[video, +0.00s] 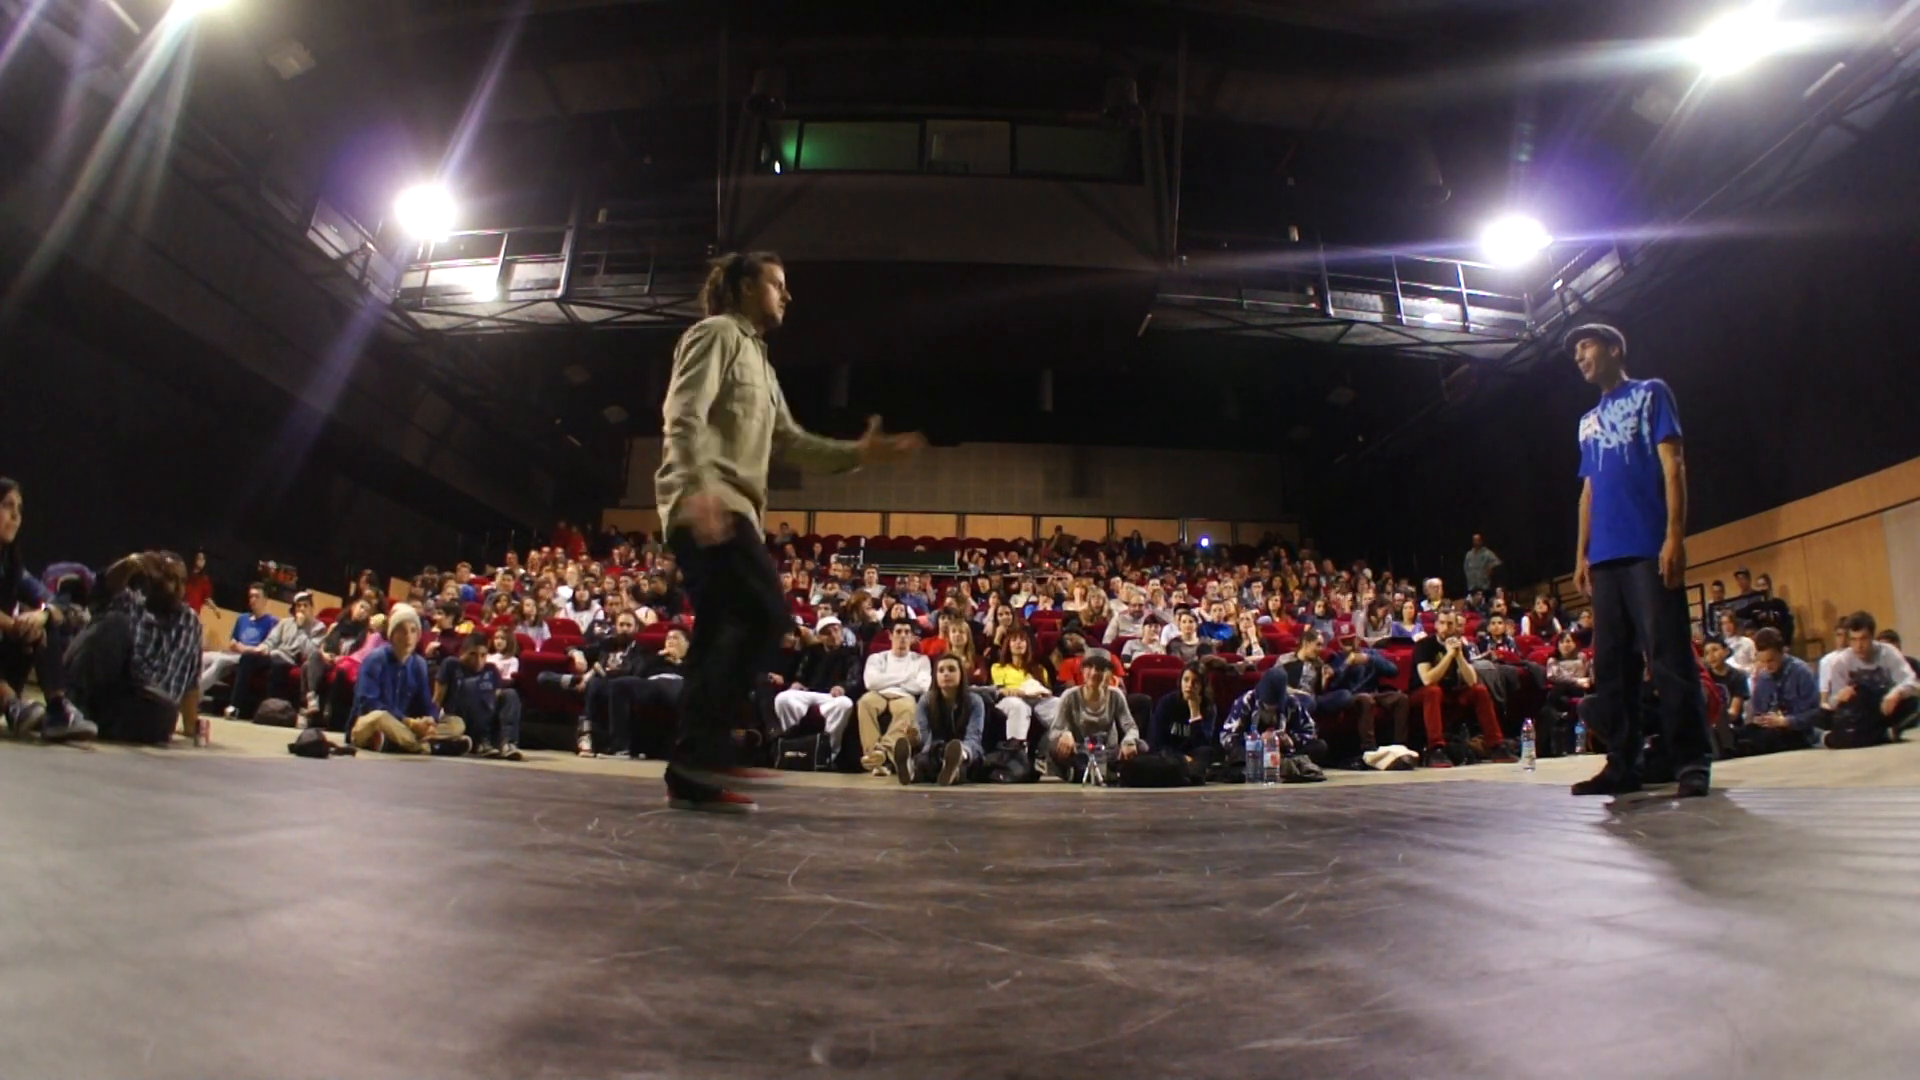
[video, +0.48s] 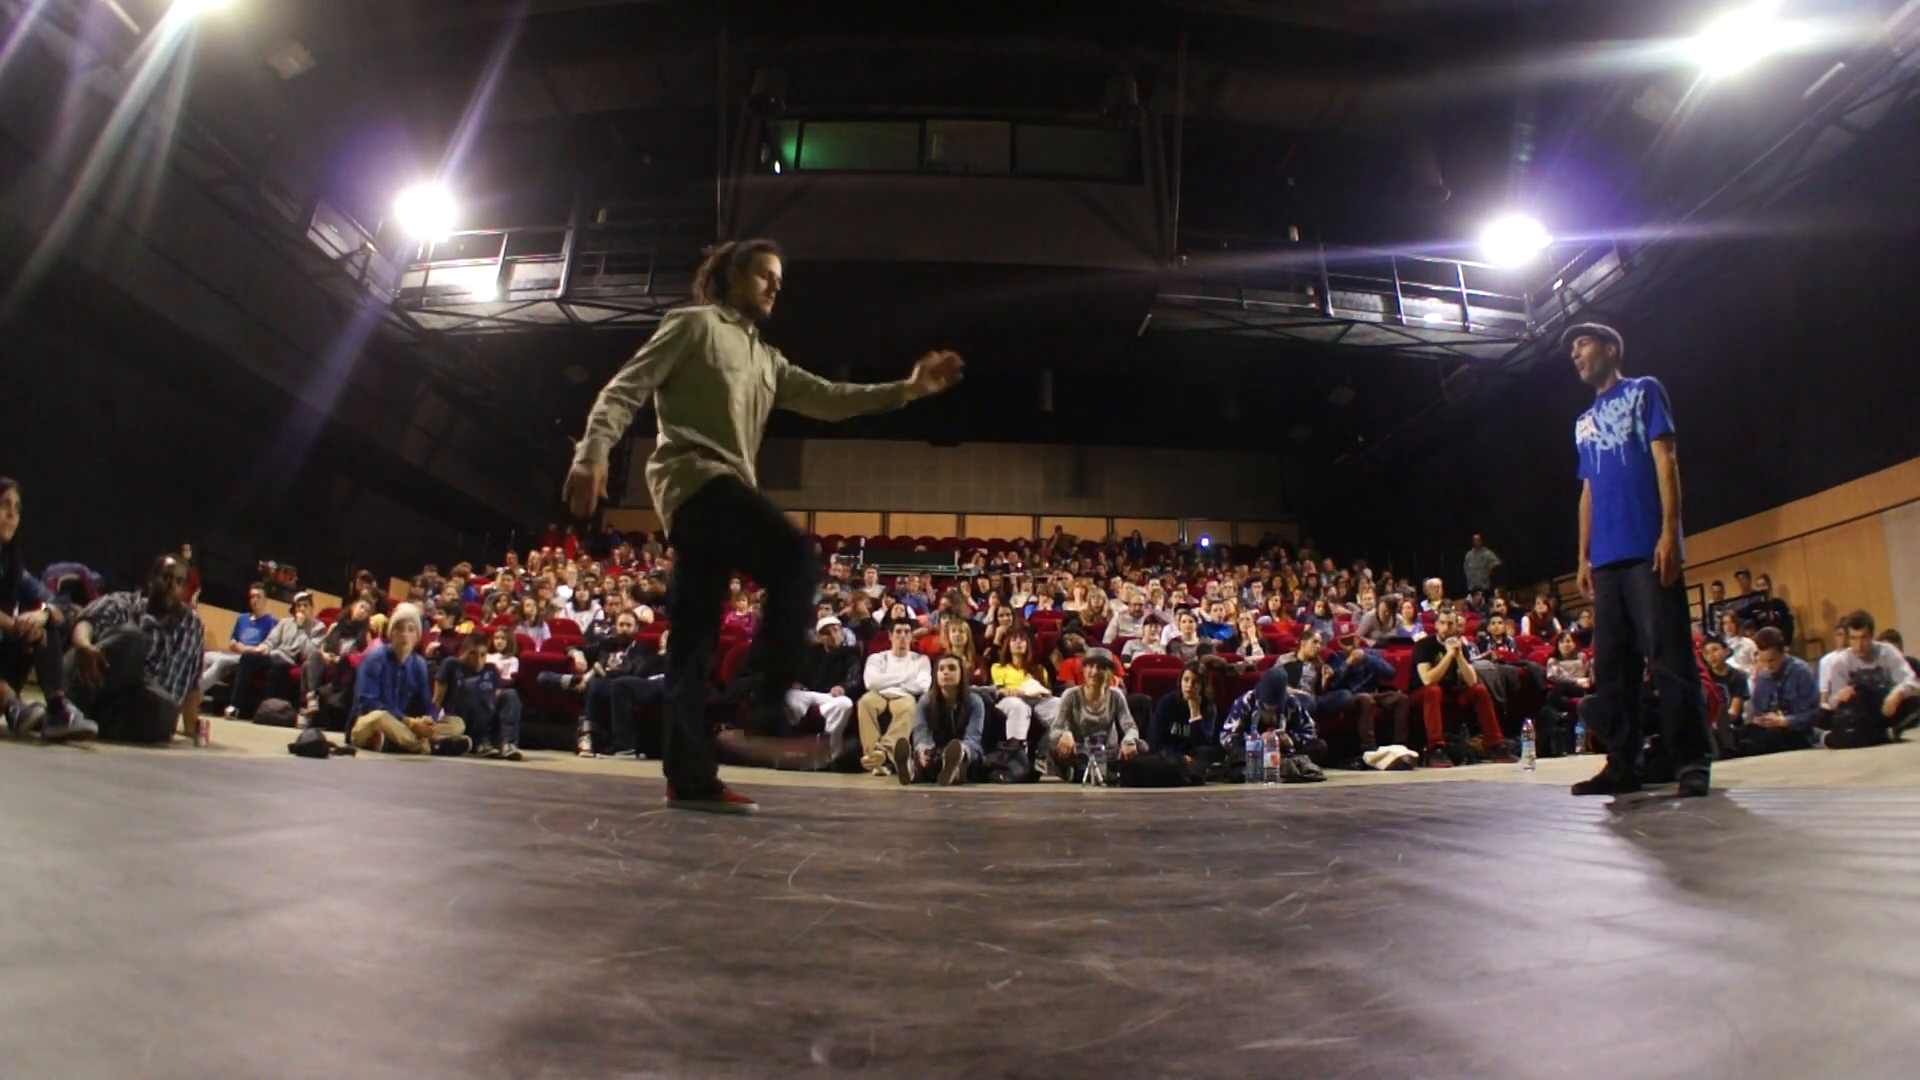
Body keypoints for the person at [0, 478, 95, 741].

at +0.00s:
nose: (15, 516)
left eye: (18, 509)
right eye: (8, 506)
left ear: (20, 516)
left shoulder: (11, 565)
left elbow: (57, 609)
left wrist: (43, 614)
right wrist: (12, 623)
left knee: (45, 625)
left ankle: (57, 708)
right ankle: (12, 705)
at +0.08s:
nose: (15, 516)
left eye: (18, 508)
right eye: (7, 507)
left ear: (21, 515)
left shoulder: (11, 565)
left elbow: (56, 609)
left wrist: (42, 614)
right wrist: (13, 623)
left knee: (44, 625)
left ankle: (57, 708)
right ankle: (11, 704)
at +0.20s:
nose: (11, 515)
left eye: (16, 507)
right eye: (4, 506)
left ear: (20, 514)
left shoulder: (11, 567)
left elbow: (57, 609)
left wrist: (42, 614)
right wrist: (10, 622)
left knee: (45, 625)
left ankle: (57, 708)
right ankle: (11, 704)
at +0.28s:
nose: (10, 515)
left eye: (14, 508)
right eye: (4, 507)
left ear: (20, 515)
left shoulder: (12, 568)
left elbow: (58, 610)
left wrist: (42, 614)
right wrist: (11, 623)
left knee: (44, 625)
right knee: (13, 629)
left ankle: (57, 708)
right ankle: (11, 705)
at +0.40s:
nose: (9, 514)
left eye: (14, 507)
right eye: (3, 506)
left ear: (19, 515)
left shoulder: (12, 566)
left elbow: (57, 611)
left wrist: (42, 613)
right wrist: (11, 623)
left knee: (45, 625)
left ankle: (57, 708)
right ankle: (11, 705)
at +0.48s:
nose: (10, 515)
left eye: (15, 507)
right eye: (4, 506)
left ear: (20, 515)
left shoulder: (12, 567)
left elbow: (59, 611)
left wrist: (42, 613)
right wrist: (12, 624)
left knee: (44, 626)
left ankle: (58, 708)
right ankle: (11, 704)